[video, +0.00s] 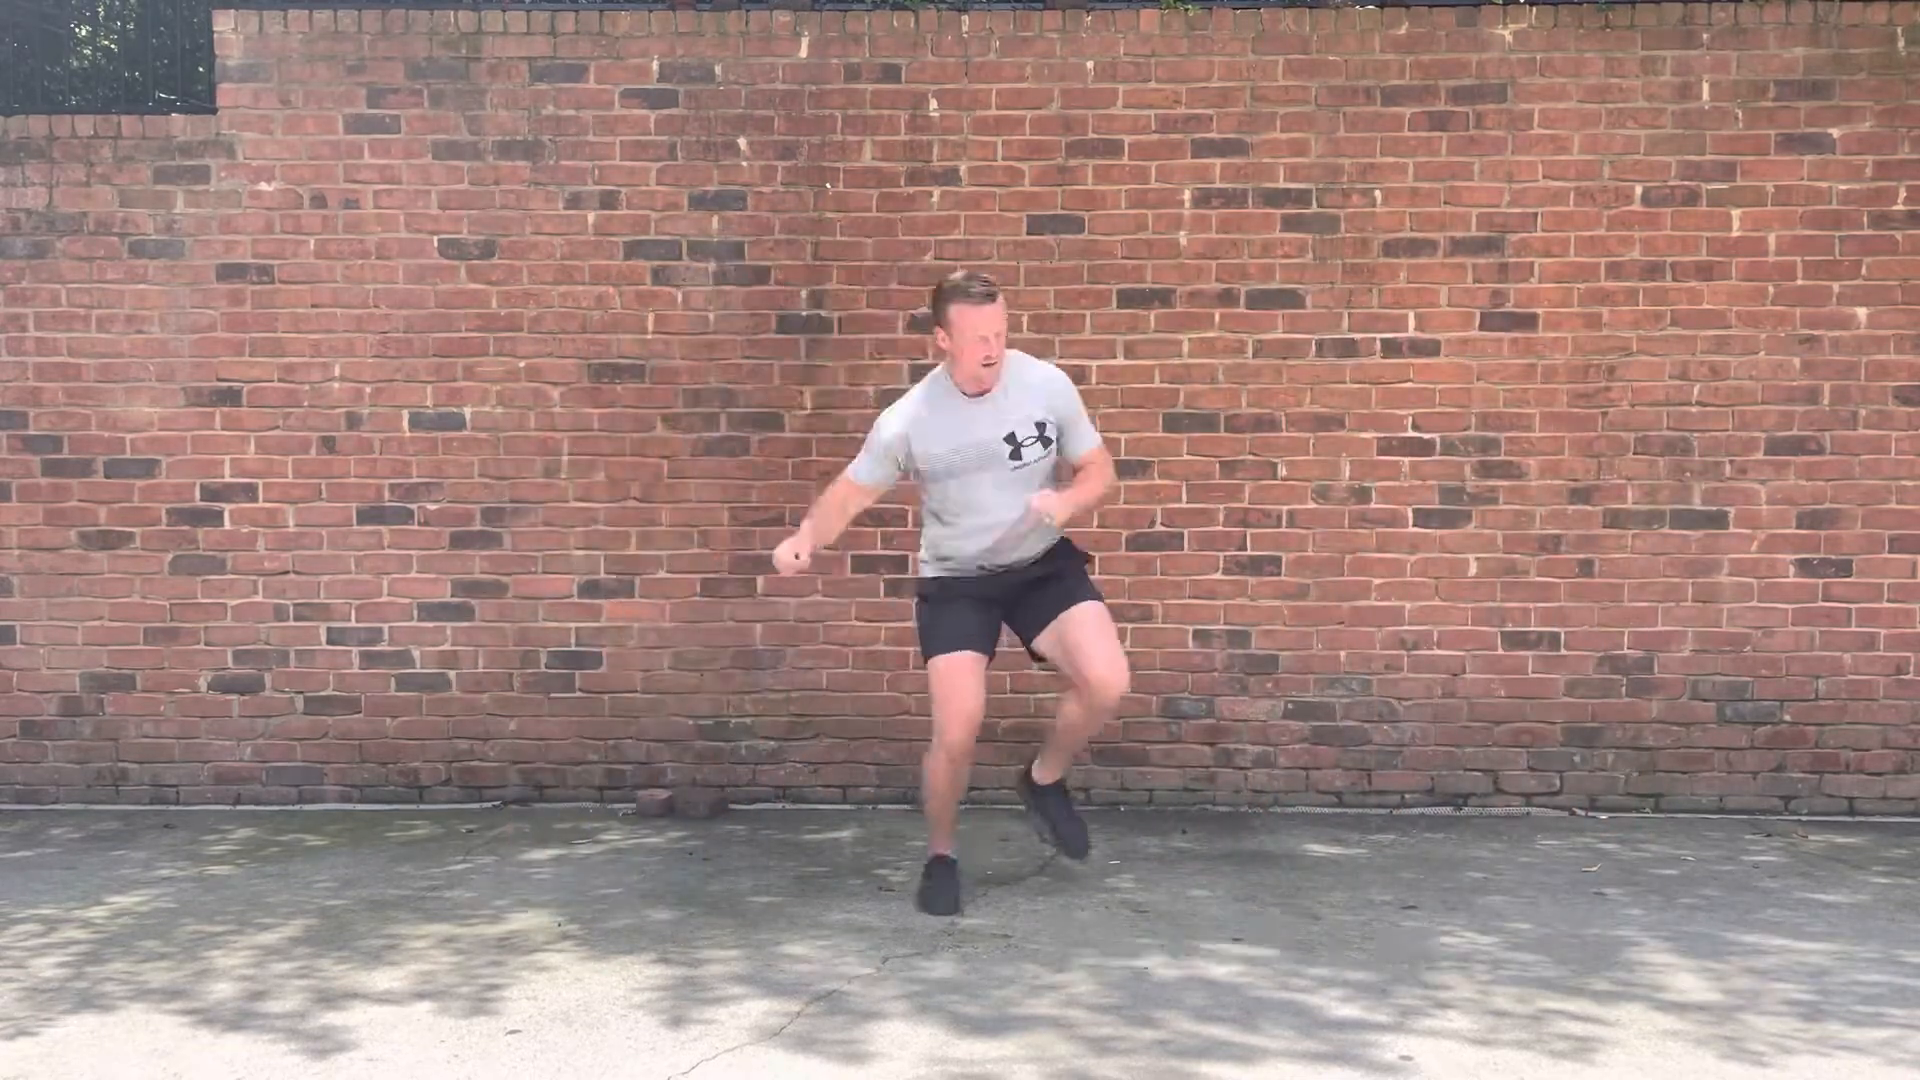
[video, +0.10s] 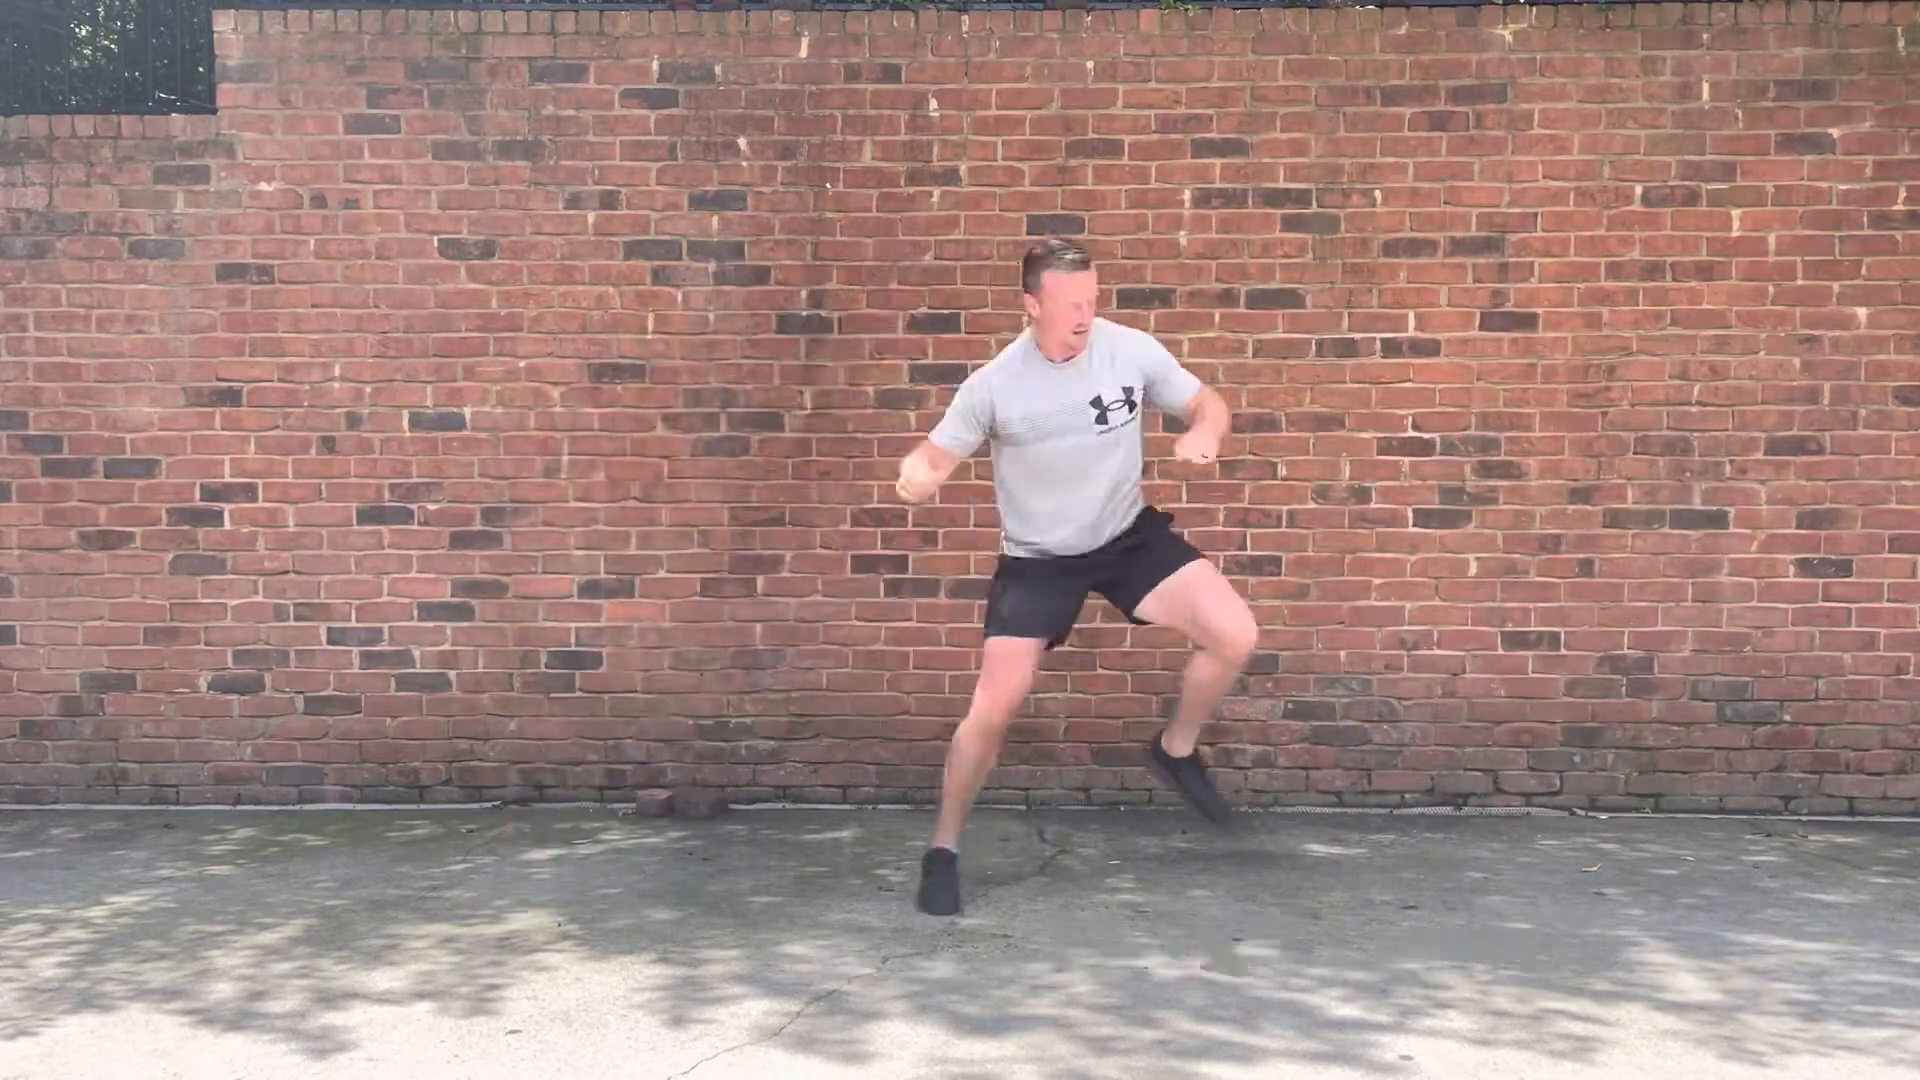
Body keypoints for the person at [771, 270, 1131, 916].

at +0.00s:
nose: (992, 349)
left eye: (999, 334)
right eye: (976, 337)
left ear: (1008, 330)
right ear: (942, 340)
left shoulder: (1046, 385)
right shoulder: (907, 421)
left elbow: (1098, 469)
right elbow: (850, 491)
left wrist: (1067, 501)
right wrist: (806, 538)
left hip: (1043, 564)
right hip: (956, 579)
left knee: (1107, 681)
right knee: (957, 730)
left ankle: (1044, 780)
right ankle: (941, 855)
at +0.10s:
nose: (1084, 318)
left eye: (1091, 304)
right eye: (1070, 306)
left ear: (1098, 299)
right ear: (1031, 304)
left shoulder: (1130, 351)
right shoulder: (992, 385)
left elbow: (1211, 406)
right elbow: (931, 457)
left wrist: (1203, 436)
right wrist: (917, 479)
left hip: (1130, 538)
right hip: (1037, 559)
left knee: (1234, 634)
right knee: (993, 706)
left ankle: (1176, 748)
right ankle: (944, 848)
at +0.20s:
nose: (1189, 287)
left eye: (1196, 273)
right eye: (1175, 274)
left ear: (1203, 268)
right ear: (1138, 271)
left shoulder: (1233, 315)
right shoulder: (1092, 345)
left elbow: (1316, 363)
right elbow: (1018, 411)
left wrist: (1368, 425)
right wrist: (1019, 434)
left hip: (1225, 504)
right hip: (1127, 525)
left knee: (1348, 607)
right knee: (1059, 668)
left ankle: (1323, 731)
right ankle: (989, 814)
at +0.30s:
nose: (1298, 295)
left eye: (1306, 281)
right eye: (1287, 280)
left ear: (1315, 271)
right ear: (1248, 268)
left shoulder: (1338, 323)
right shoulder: (1194, 337)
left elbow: (1402, 379)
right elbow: (1101, 398)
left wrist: (1469, 446)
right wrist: (1107, 424)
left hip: (1319, 511)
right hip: (1217, 522)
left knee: (1434, 631)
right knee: (1137, 667)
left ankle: (1471, 764)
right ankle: (1096, 775)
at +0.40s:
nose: (1414, 342)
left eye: (1424, 328)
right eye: (1401, 326)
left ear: (1432, 320)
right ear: (1361, 315)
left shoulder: (1440, 369)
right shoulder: (1303, 371)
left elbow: (1458, 422)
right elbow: (1195, 418)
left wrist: (1499, 492)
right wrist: (1222, 436)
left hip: (1412, 557)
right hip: (1310, 562)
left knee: (1502, 690)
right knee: (1231, 708)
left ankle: (1587, 834)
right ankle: (1241, 746)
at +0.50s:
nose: (1524, 413)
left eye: (1532, 399)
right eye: (1514, 397)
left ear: (1537, 393)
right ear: (1472, 383)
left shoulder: (1528, 453)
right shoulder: (1409, 441)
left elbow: (1521, 520)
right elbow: (1297, 501)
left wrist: (1552, 584)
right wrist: (1383, 506)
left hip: (1482, 604)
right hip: (1391, 618)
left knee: (1575, 735)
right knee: (1361, 784)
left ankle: (1615, 863)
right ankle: (1393, 729)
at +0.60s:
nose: (1585, 453)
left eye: (1594, 442)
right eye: (1577, 436)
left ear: (1597, 439)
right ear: (1537, 416)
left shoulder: (1562, 498)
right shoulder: (1468, 474)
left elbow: (1588, 582)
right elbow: (1398, 566)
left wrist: (1659, 664)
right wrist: (1502, 609)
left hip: (1510, 628)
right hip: (1426, 645)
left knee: (1599, 736)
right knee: (1498, 790)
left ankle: (1617, 864)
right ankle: (1521, 778)